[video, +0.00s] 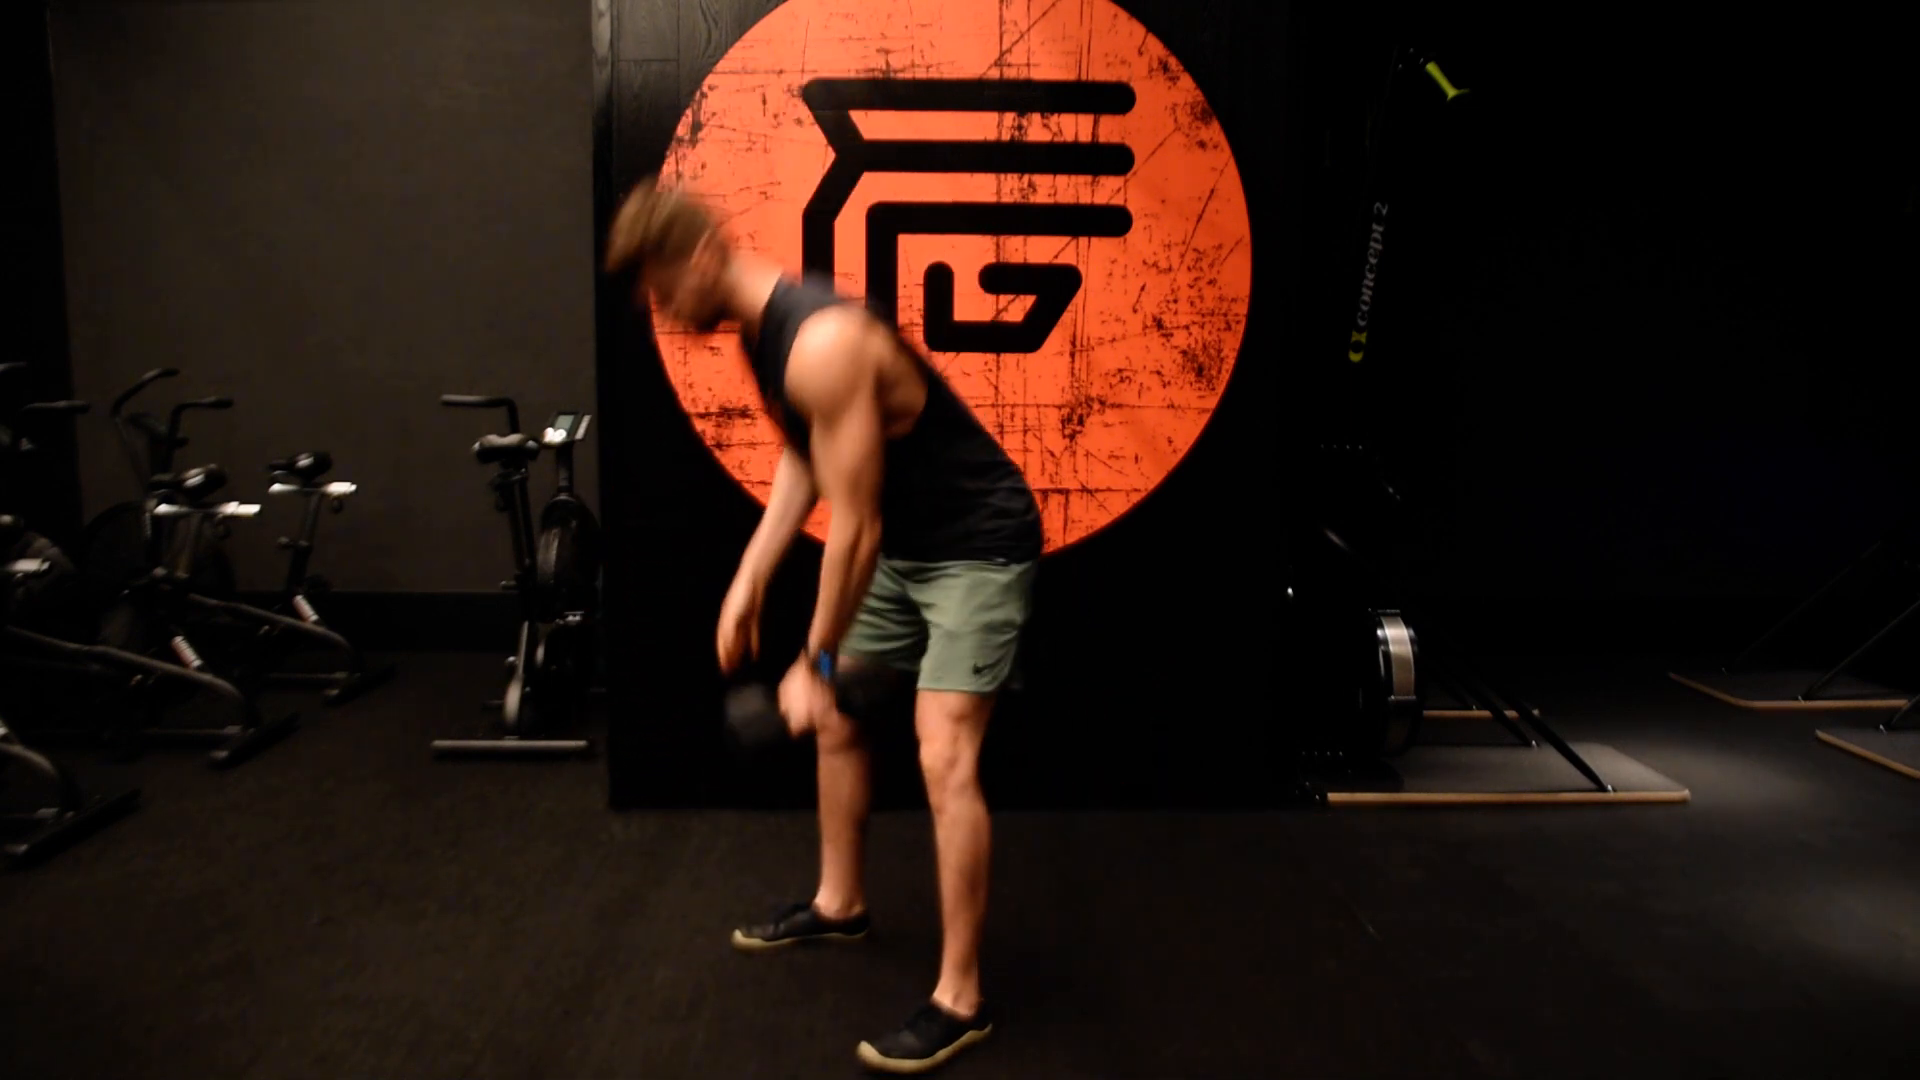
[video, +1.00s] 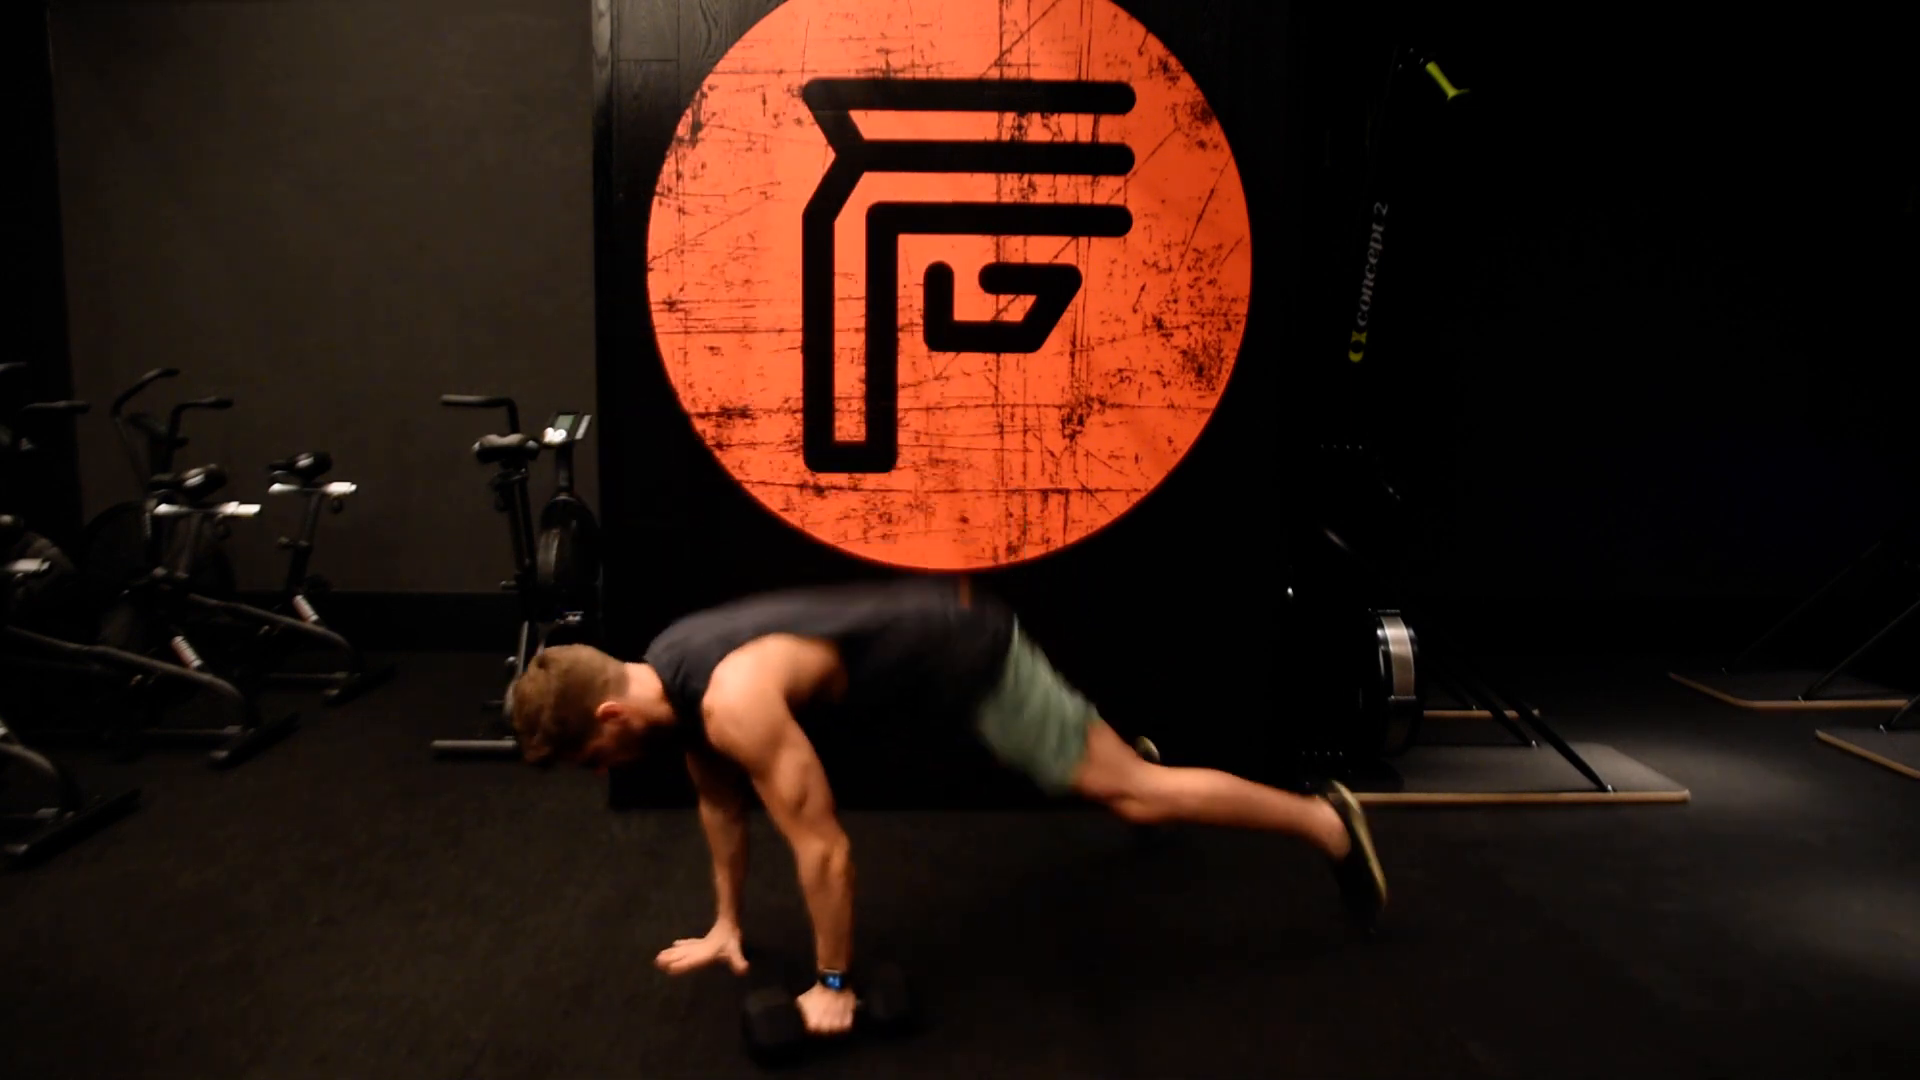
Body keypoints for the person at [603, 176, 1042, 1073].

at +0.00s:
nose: (661, 310)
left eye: (664, 288)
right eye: (650, 294)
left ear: (711, 251)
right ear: (702, 261)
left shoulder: (822, 345)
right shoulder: (765, 332)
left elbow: (858, 525)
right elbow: (800, 464)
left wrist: (819, 662)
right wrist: (747, 589)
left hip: (979, 545)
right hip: (892, 545)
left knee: (946, 751)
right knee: (834, 708)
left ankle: (960, 996)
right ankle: (838, 903)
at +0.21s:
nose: (626, 548)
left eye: (619, 528)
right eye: (613, 535)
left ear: (647, 479)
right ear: (646, 471)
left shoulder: (787, 531)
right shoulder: (721, 492)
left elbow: (829, 706)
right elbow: (749, 622)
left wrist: (823, 852)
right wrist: (740, 761)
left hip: (992, 570)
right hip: (895, 578)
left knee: (924, 766)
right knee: (798, 706)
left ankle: (958, 1005)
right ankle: (832, 899)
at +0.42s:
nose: (627, 696)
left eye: (620, 681)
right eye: (614, 688)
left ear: (640, 634)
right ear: (637, 625)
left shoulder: (768, 651)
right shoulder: (694, 607)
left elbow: (818, 828)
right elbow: (713, 754)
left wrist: (829, 971)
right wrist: (715, 894)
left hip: (979, 616)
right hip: (901, 618)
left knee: (884, 795)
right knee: (757, 722)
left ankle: (957, 1004)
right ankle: (833, 909)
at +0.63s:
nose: (653, 743)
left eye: (640, 734)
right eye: (638, 741)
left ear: (648, 693)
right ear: (644, 674)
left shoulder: (755, 664)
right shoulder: (689, 641)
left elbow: (819, 840)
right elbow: (710, 791)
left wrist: (830, 980)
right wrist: (715, 924)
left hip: (968, 574)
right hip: (893, 580)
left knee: (887, 775)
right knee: (789, 754)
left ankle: (957, 1001)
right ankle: (832, 900)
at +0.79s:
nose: (668, 751)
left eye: (658, 740)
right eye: (657, 748)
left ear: (667, 702)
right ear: (663, 682)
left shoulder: (759, 670)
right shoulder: (690, 648)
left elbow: (817, 845)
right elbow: (714, 793)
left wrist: (829, 980)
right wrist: (717, 924)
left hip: (966, 517)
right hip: (891, 533)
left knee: (966, 750)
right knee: (851, 705)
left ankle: (1124, 889)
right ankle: (966, 813)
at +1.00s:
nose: (599, 766)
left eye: (587, 753)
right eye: (584, 758)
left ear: (607, 717)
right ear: (605, 697)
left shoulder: (738, 703)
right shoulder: (670, 683)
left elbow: (824, 847)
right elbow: (717, 808)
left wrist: (833, 986)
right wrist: (727, 928)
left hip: (977, 659)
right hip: (927, 652)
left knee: (1139, 791)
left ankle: (1326, 820)